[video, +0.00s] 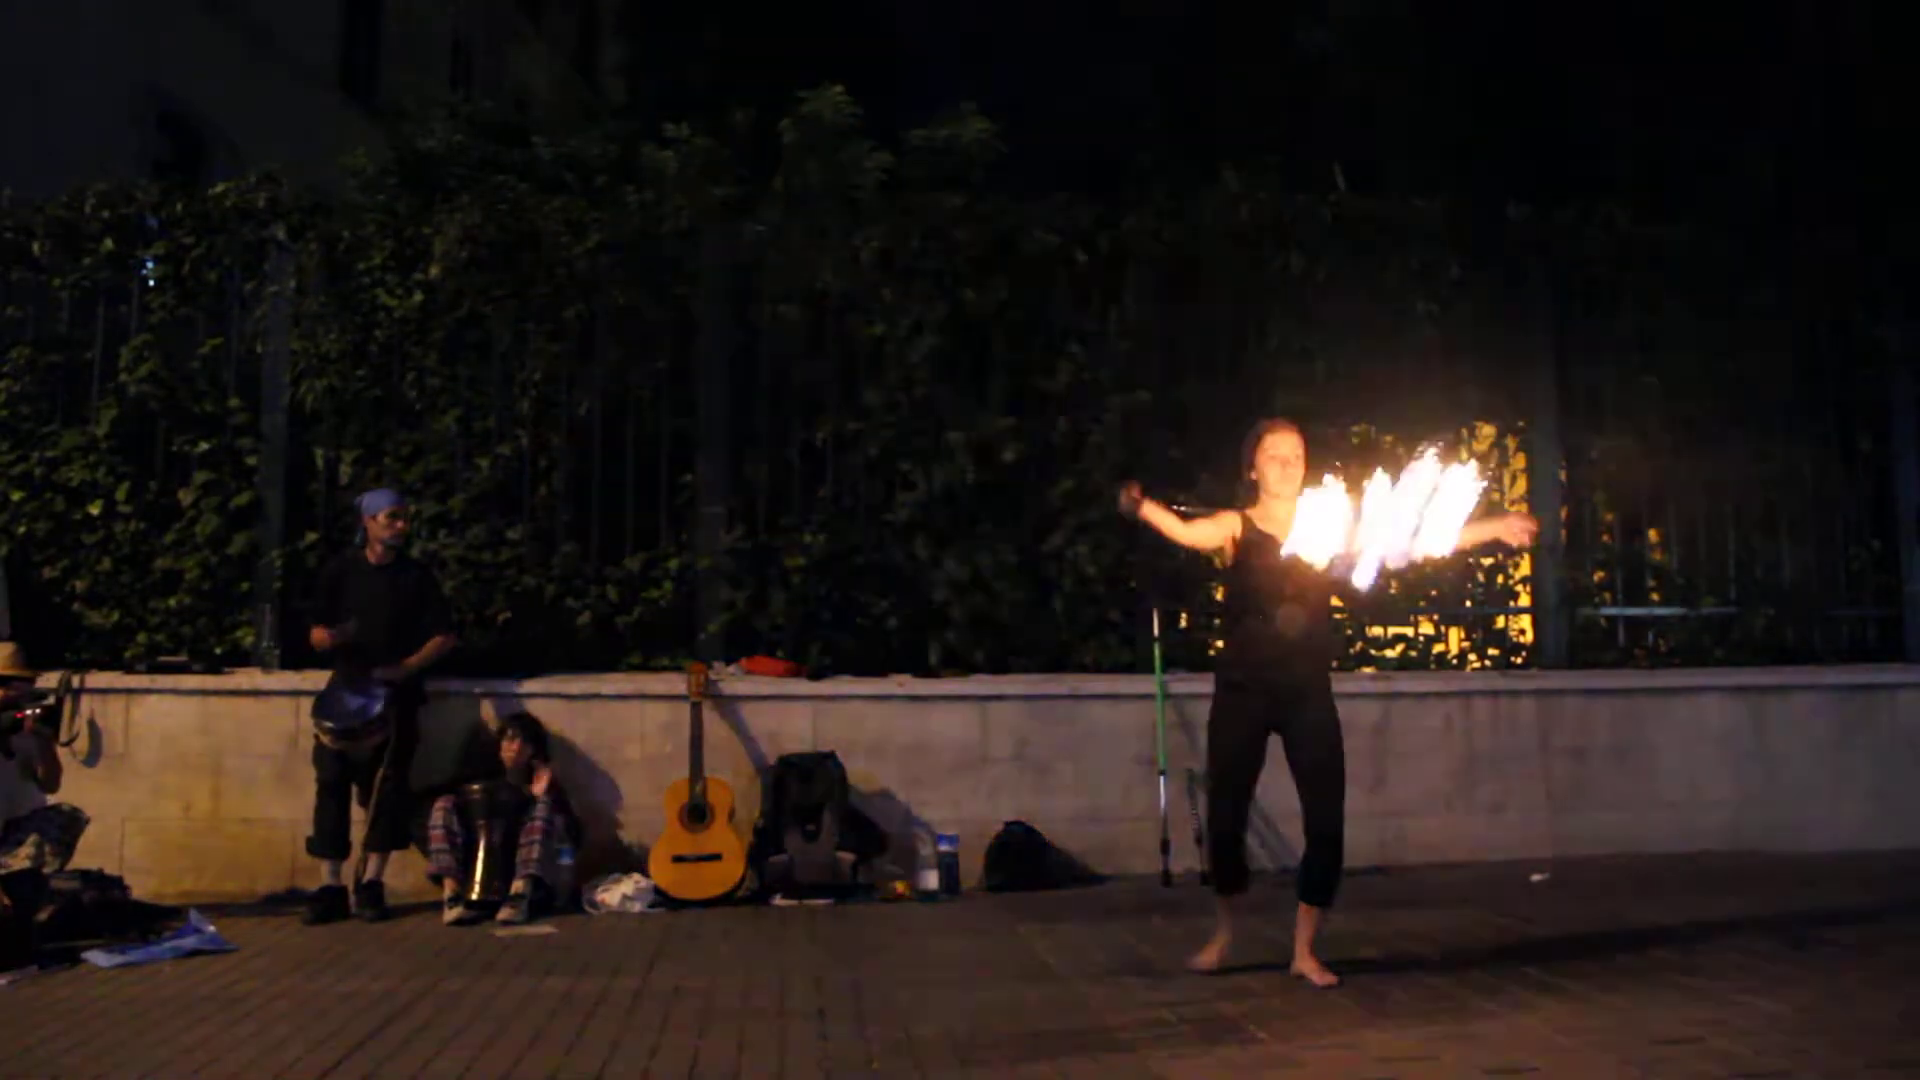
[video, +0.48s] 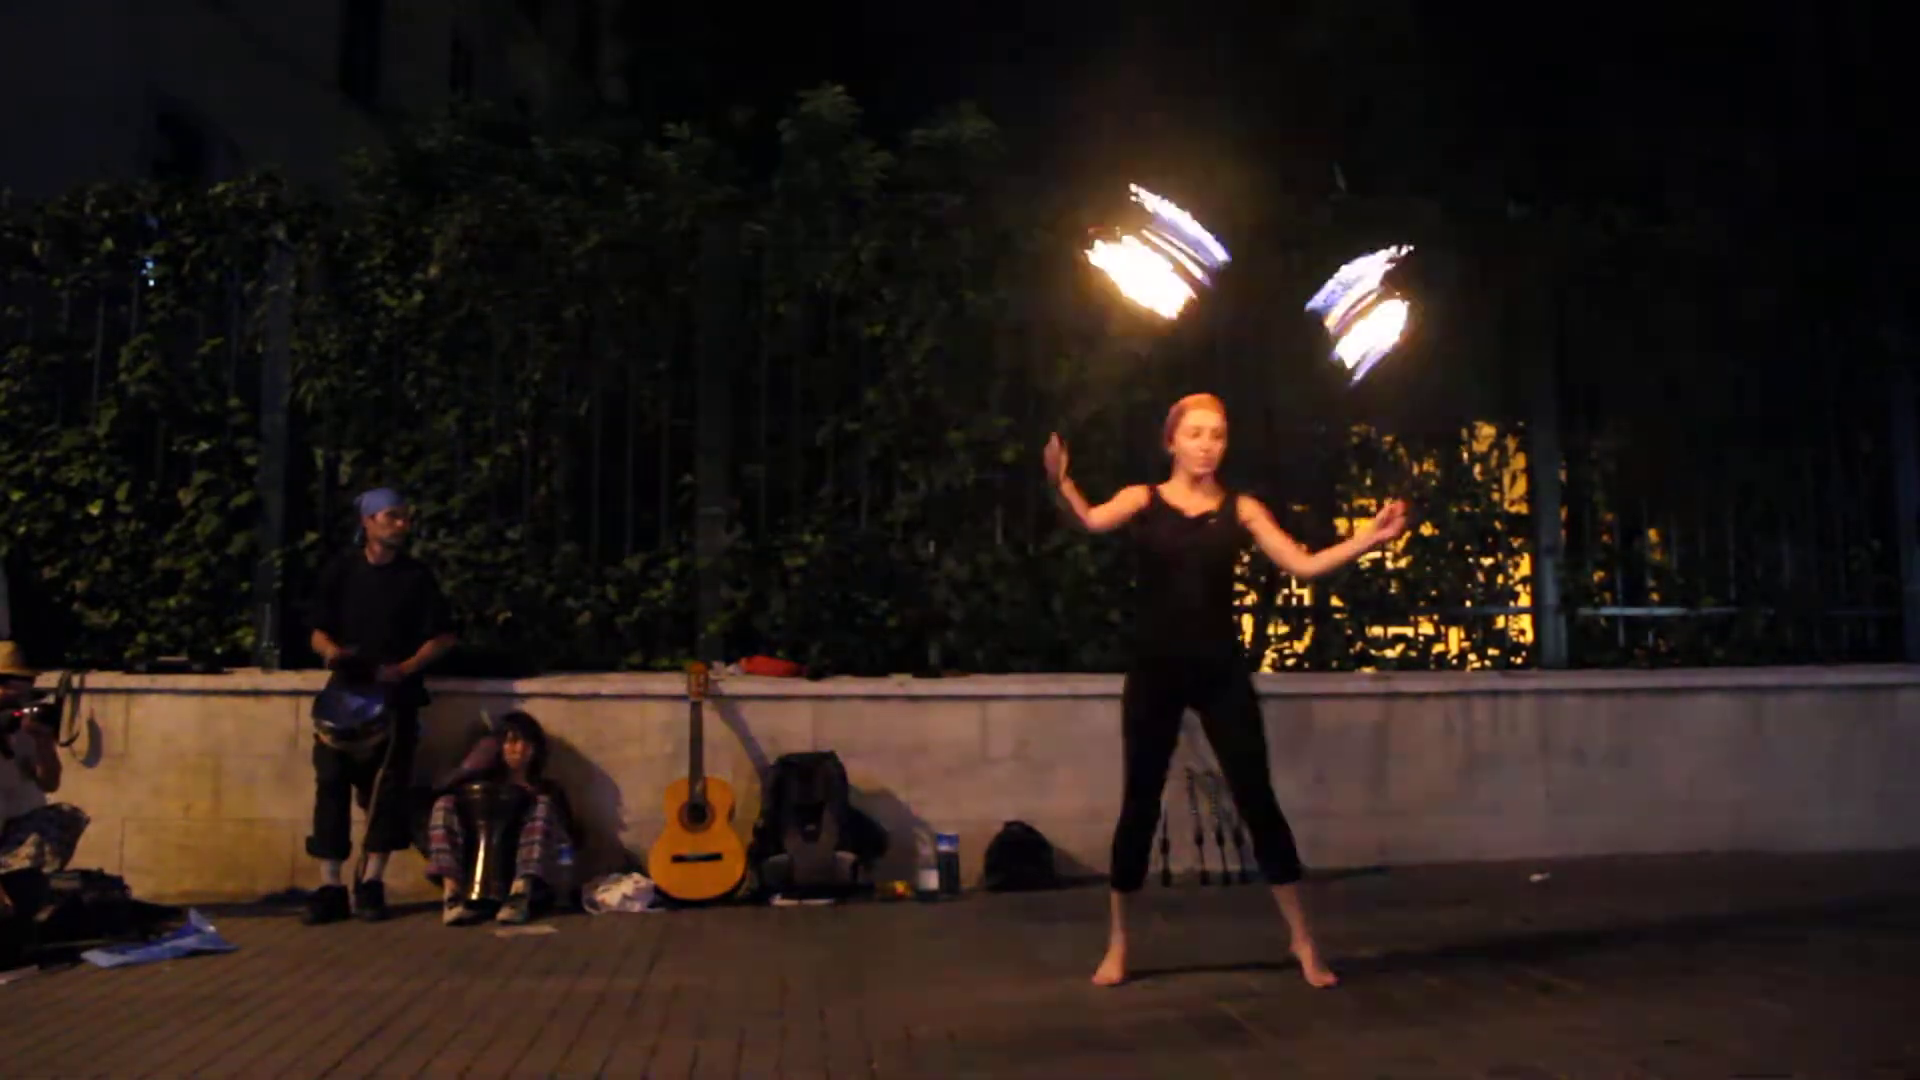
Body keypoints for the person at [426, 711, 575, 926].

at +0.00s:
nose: (513, 748)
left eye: (522, 741)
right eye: (509, 739)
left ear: (534, 751)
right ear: (500, 745)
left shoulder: (545, 788)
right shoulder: (488, 787)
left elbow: (569, 839)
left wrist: (542, 799)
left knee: (541, 811)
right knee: (444, 805)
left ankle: (520, 893)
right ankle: (451, 893)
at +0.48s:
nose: (518, 749)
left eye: (526, 743)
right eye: (512, 741)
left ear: (535, 750)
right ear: (500, 746)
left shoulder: (548, 790)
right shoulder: (481, 785)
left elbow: (564, 840)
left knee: (542, 806)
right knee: (444, 804)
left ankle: (521, 893)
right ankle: (451, 894)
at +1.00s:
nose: (524, 750)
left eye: (530, 743)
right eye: (517, 743)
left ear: (539, 750)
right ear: (502, 748)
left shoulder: (550, 788)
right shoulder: (487, 785)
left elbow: (566, 837)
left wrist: (541, 799)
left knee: (542, 808)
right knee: (444, 805)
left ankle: (521, 891)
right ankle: (451, 892)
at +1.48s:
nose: (516, 750)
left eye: (524, 743)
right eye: (509, 743)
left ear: (534, 749)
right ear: (499, 748)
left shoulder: (548, 789)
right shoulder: (481, 782)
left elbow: (566, 840)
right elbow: (435, 792)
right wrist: (467, 767)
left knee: (543, 806)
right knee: (444, 804)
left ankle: (521, 892)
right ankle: (451, 893)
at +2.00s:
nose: (512, 750)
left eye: (521, 743)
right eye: (507, 741)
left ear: (533, 749)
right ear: (499, 746)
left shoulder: (547, 787)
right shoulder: (489, 783)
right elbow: (449, 789)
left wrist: (543, 798)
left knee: (541, 811)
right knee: (443, 805)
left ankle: (521, 892)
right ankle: (451, 892)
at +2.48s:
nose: (520, 748)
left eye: (530, 744)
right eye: (517, 739)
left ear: (537, 753)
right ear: (506, 741)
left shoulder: (547, 788)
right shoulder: (481, 774)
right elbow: (438, 783)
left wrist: (536, 798)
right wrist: (468, 763)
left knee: (541, 807)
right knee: (444, 805)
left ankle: (520, 893)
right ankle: (451, 893)